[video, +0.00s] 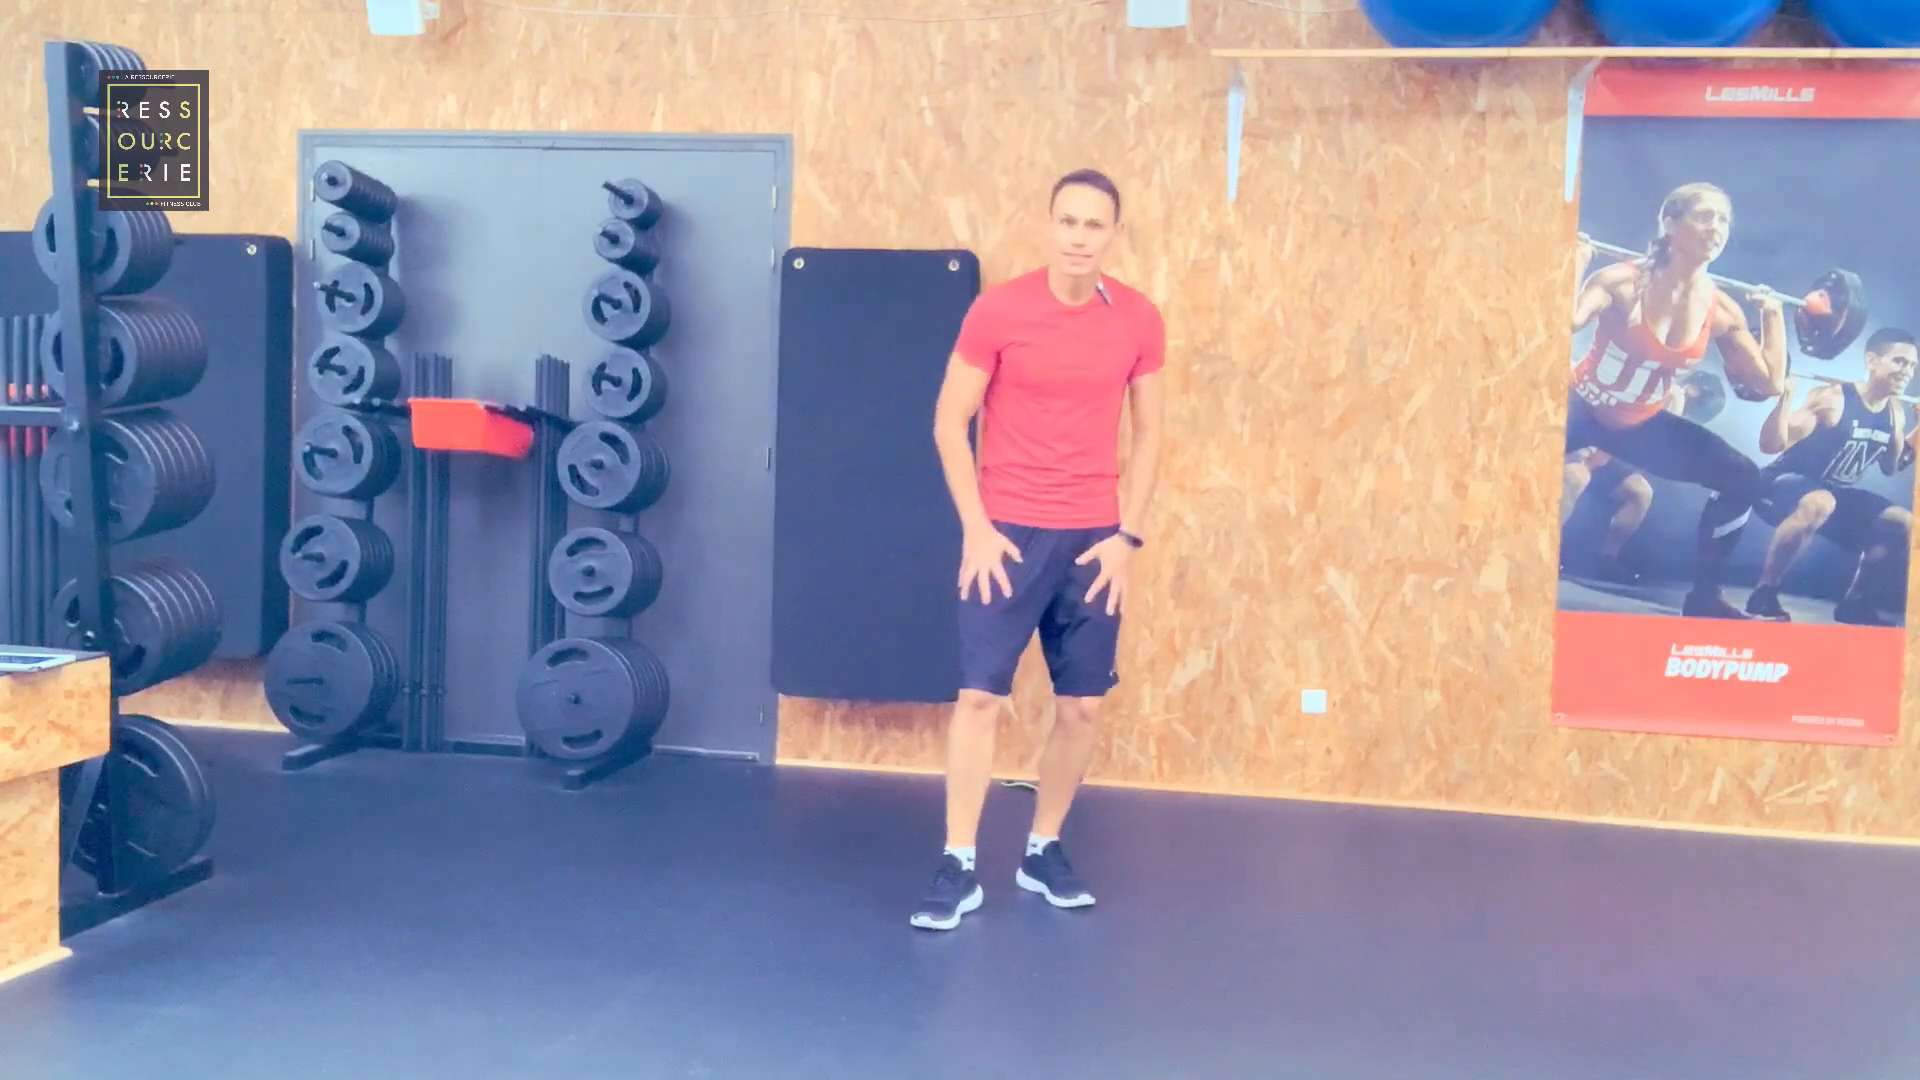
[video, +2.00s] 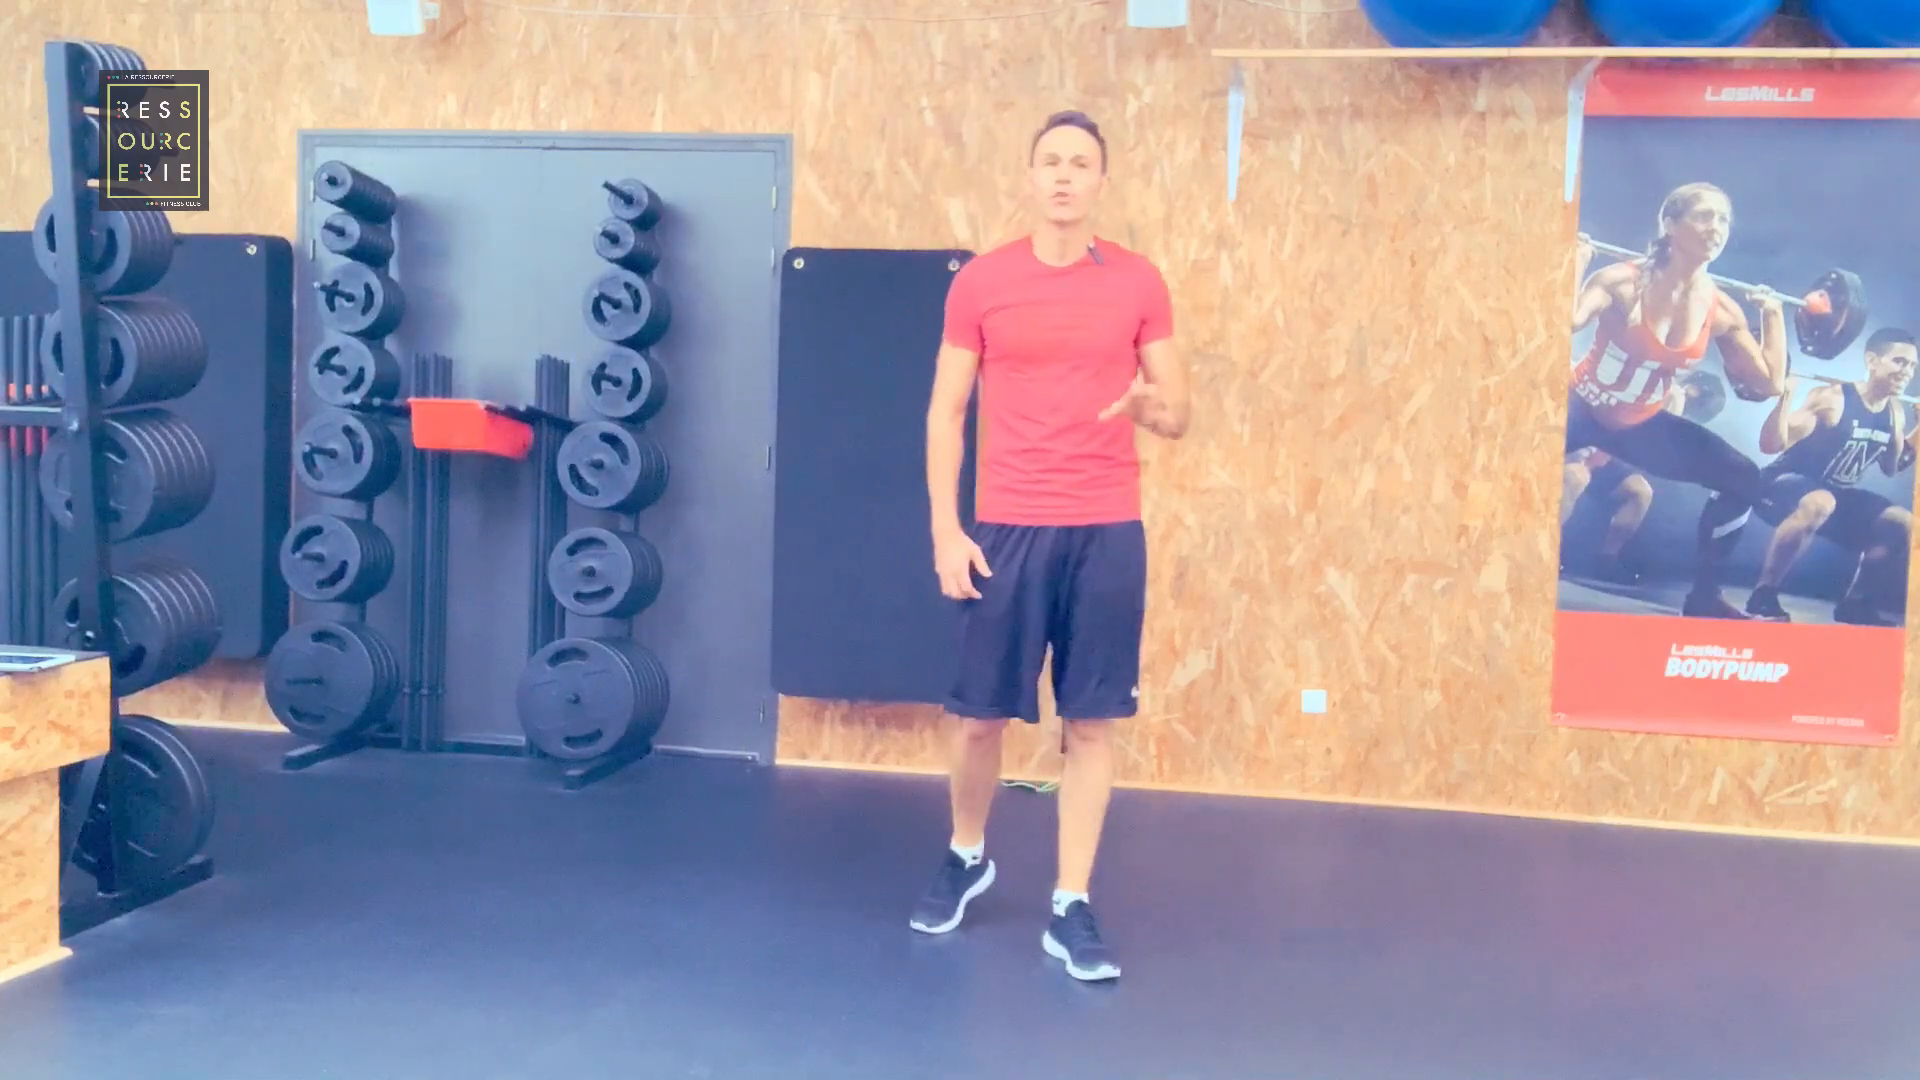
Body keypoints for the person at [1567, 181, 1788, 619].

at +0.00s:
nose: (1717, 228)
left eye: (1724, 220)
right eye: (1705, 216)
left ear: (1728, 233)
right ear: (1670, 224)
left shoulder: (1722, 311)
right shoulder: (1620, 279)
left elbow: (1769, 385)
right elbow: (1558, 325)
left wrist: (1773, 313)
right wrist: (1572, 269)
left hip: (1644, 425)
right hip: (1579, 410)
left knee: (1742, 477)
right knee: (1511, 453)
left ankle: (1705, 597)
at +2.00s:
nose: (1716, 228)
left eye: (1724, 220)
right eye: (1704, 216)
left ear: (1728, 232)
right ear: (1670, 224)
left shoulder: (1722, 311)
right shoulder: (1620, 279)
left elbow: (1769, 386)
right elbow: (1558, 325)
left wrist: (1773, 313)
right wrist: (1572, 269)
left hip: (1644, 425)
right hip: (1579, 410)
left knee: (1742, 478)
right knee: (1512, 451)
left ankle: (1705, 597)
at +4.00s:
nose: (1716, 228)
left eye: (1724, 220)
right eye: (1704, 216)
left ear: (1729, 232)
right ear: (1670, 224)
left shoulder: (1721, 310)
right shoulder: (1620, 279)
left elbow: (1770, 385)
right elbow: (1558, 326)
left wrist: (1773, 312)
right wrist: (1573, 268)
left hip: (1644, 425)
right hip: (1578, 409)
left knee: (1742, 478)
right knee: (1508, 454)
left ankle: (1705, 598)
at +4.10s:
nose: (1716, 228)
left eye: (1724, 220)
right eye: (1704, 216)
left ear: (1729, 232)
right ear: (1671, 224)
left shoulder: (1721, 310)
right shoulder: (1620, 279)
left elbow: (1770, 385)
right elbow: (1559, 325)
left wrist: (1773, 312)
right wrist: (1572, 268)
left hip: (1644, 425)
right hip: (1578, 408)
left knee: (1742, 477)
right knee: (1508, 452)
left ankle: (1705, 598)